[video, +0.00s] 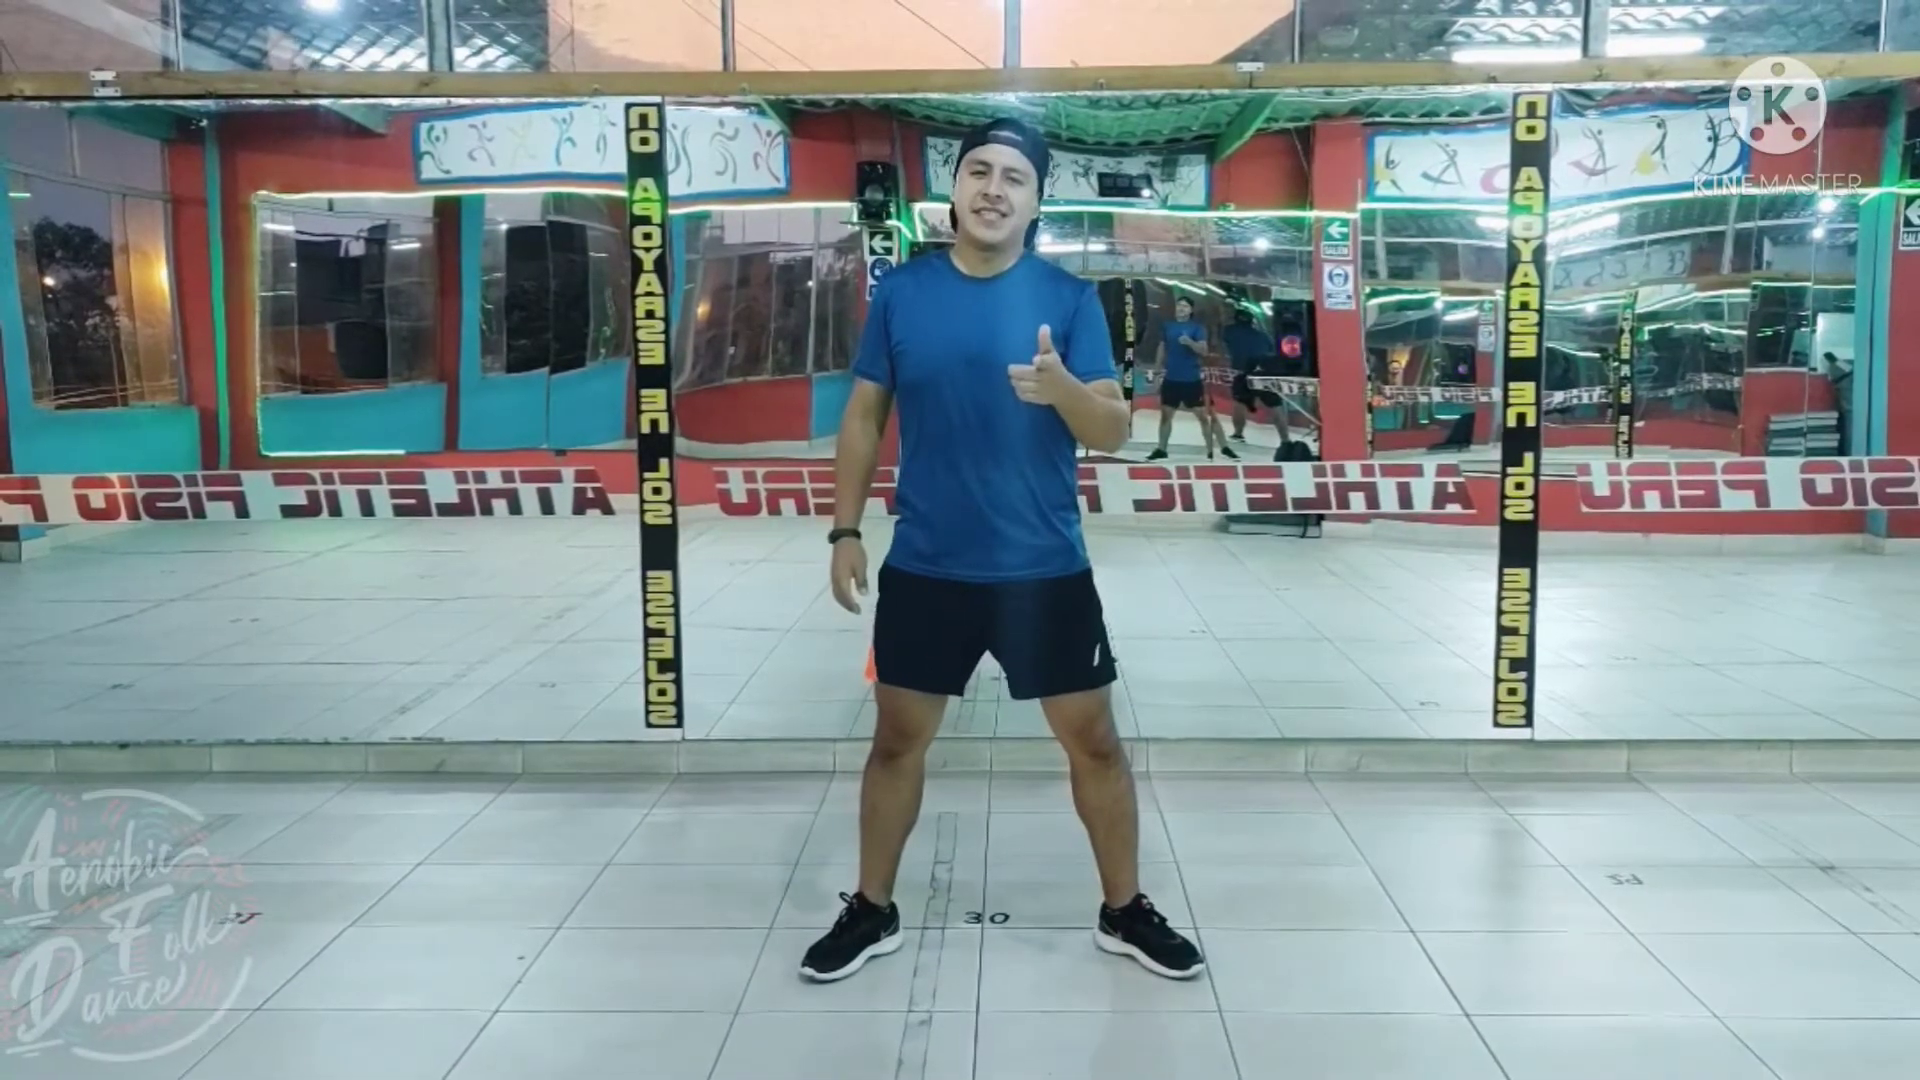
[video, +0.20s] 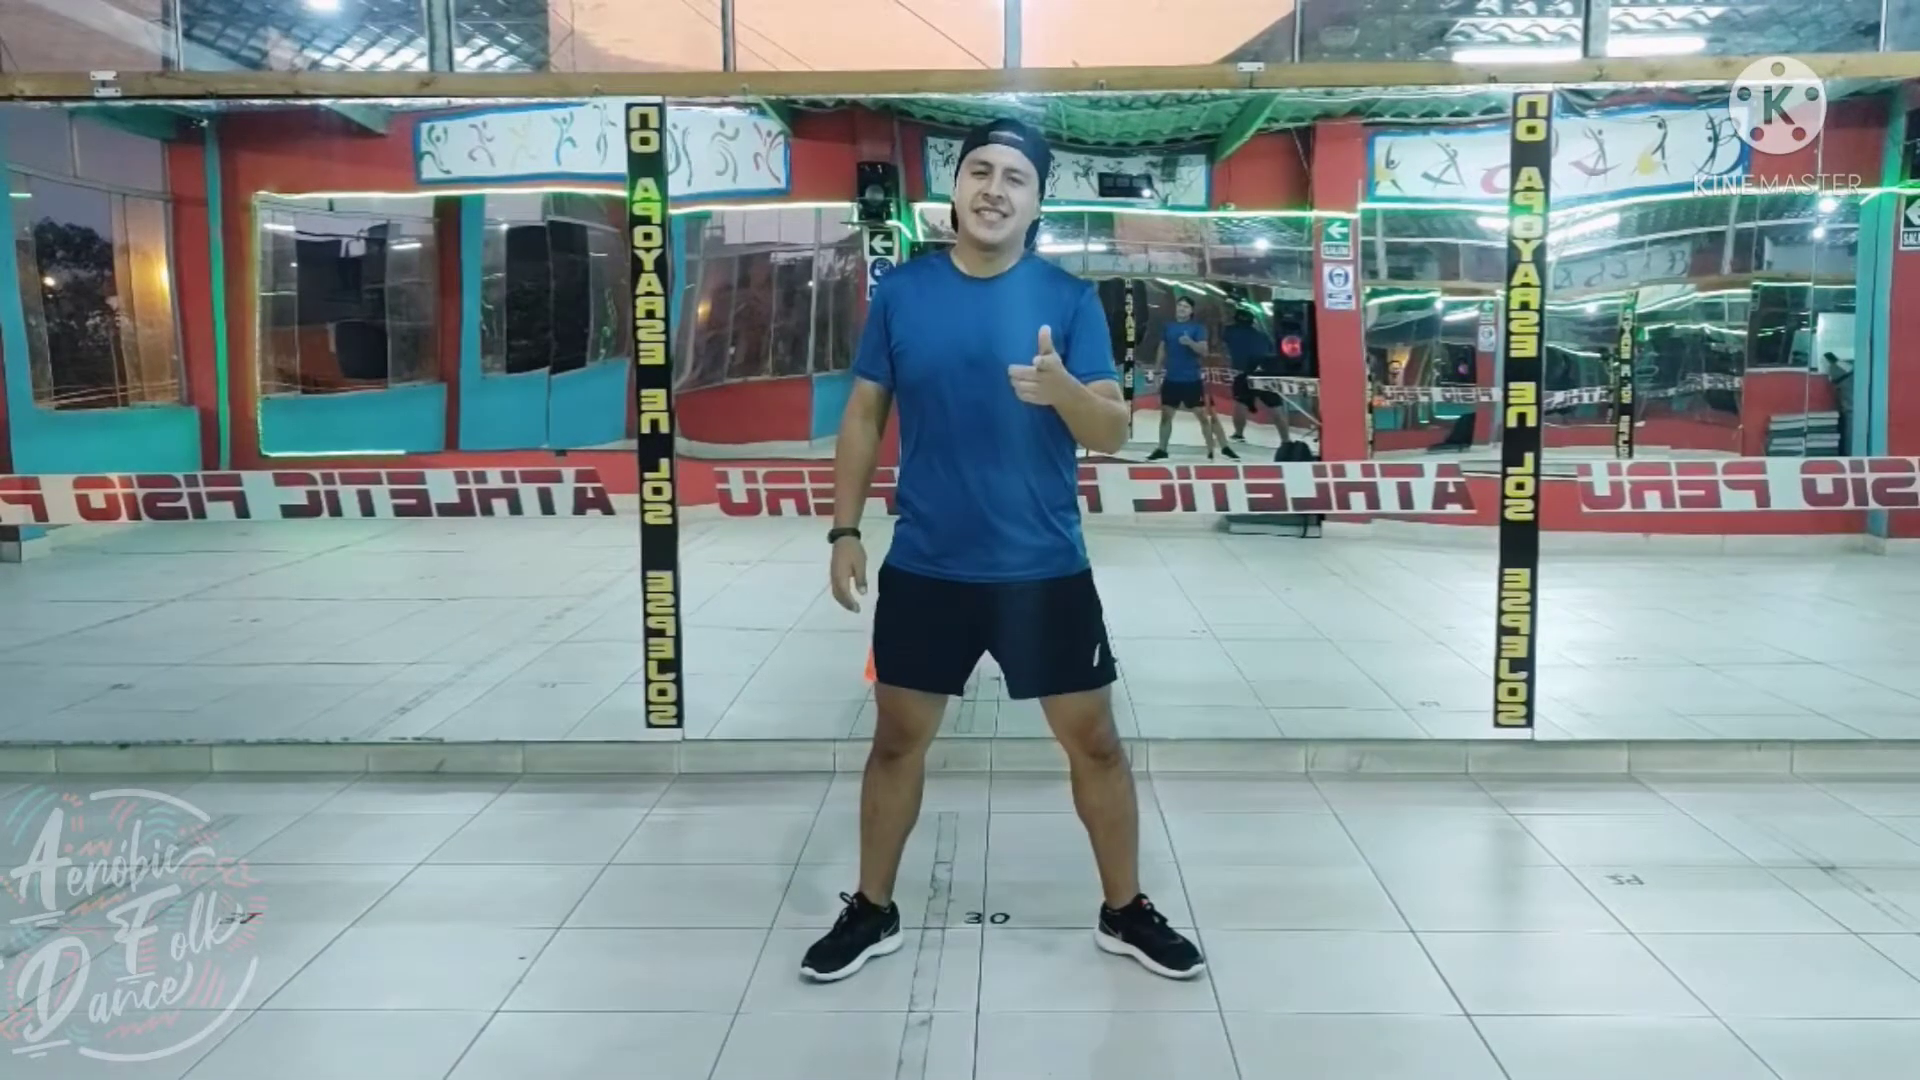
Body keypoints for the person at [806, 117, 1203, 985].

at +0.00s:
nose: (993, 189)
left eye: (1013, 180)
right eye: (980, 173)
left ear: (1037, 203)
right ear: (952, 189)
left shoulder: (1068, 297)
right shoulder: (900, 292)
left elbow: (1111, 431)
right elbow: (865, 413)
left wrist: (1067, 395)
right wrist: (847, 527)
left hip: (1044, 563)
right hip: (928, 560)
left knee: (1094, 740)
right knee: (896, 739)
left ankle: (1124, 905)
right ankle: (871, 905)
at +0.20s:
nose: (995, 189)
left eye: (1015, 179)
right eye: (981, 173)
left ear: (1038, 204)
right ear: (954, 190)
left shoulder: (1069, 298)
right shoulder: (900, 292)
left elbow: (1110, 432)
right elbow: (865, 411)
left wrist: (1068, 396)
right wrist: (846, 526)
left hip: (1044, 563)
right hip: (927, 560)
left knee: (1095, 742)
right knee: (896, 738)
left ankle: (1125, 906)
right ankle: (872, 905)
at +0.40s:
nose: (995, 190)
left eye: (1015, 180)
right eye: (981, 174)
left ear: (1038, 204)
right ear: (954, 190)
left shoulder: (1069, 298)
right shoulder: (900, 292)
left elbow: (1111, 432)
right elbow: (865, 412)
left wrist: (1068, 396)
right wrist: (848, 528)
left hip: (1044, 564)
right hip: (928, 561)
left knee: (1095, 742)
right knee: (896, 740)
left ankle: (1125, 906)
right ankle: (872, 905)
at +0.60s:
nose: (996, 189)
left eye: (1017, 180)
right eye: (983, 174)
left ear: (1040, 204)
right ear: (955, 190)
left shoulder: (1070, 299)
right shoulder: (901, 292)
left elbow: (1111, 433)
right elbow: (866, 412)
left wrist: (1070, 397)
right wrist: (847, 530)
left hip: (1045, 563)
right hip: (928, 560)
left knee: (1095, 742)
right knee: (896, 738)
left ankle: (1126, 906)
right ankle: (872, 904)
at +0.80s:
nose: (999, 190)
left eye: (1019, 181)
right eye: (985, 174)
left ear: (1042, 205)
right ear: (957, 190)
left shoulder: (1071, 298)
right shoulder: (902, 292)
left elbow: (1112, 434)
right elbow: (866, 411)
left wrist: (1072, 398)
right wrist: (847, 529)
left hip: (1045, 564)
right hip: (929, 560)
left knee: (1096, 742)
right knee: (896, 739)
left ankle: (1126, 906)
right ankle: (873, 904)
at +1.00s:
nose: (1000, 190)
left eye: (1020, 181)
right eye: (986, 174)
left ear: (1042, 206)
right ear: (957, 190)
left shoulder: (1072, 299)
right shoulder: (903, 292)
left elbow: (1113, 435)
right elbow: (867, 411)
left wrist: (1074, 398)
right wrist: (849, 527)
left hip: (1045, 564)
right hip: (929, 560)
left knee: (1096, 742)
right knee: (896, 738)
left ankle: (1126, 906)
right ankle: (873, 905)